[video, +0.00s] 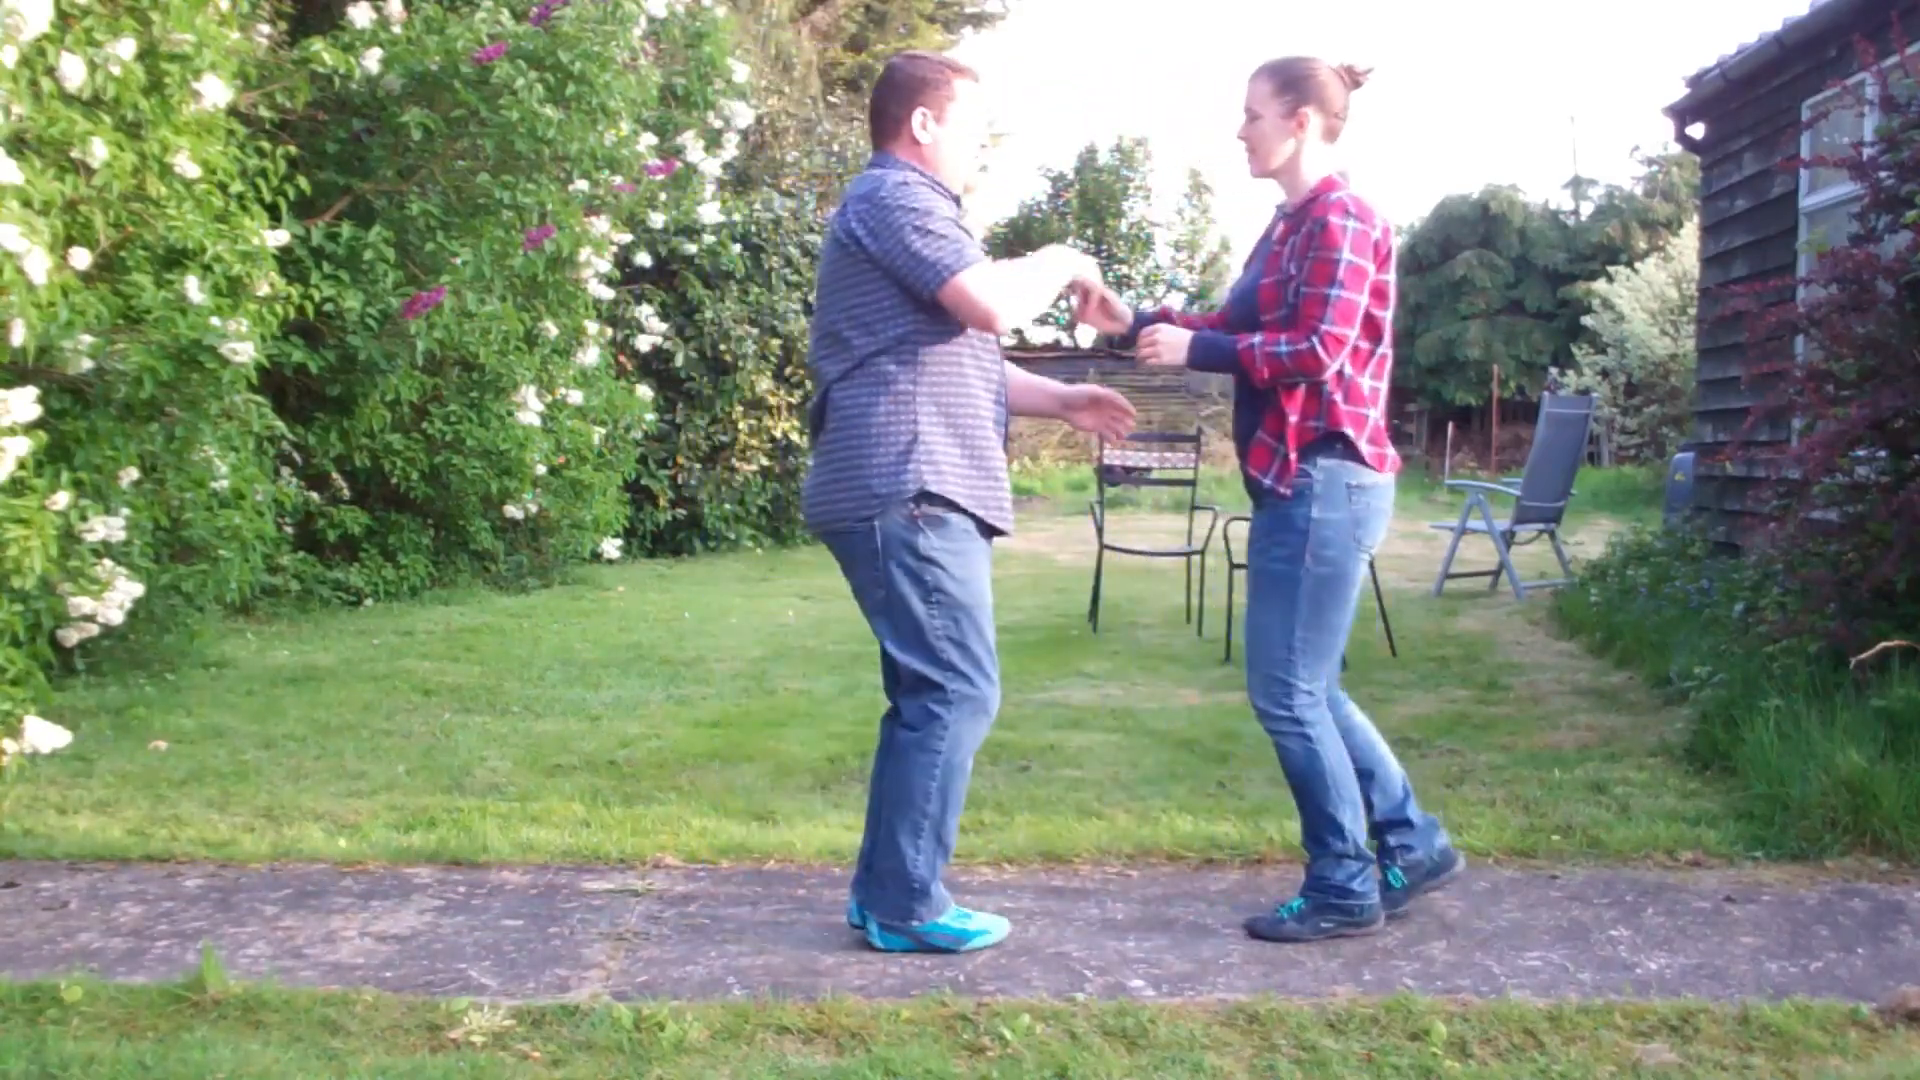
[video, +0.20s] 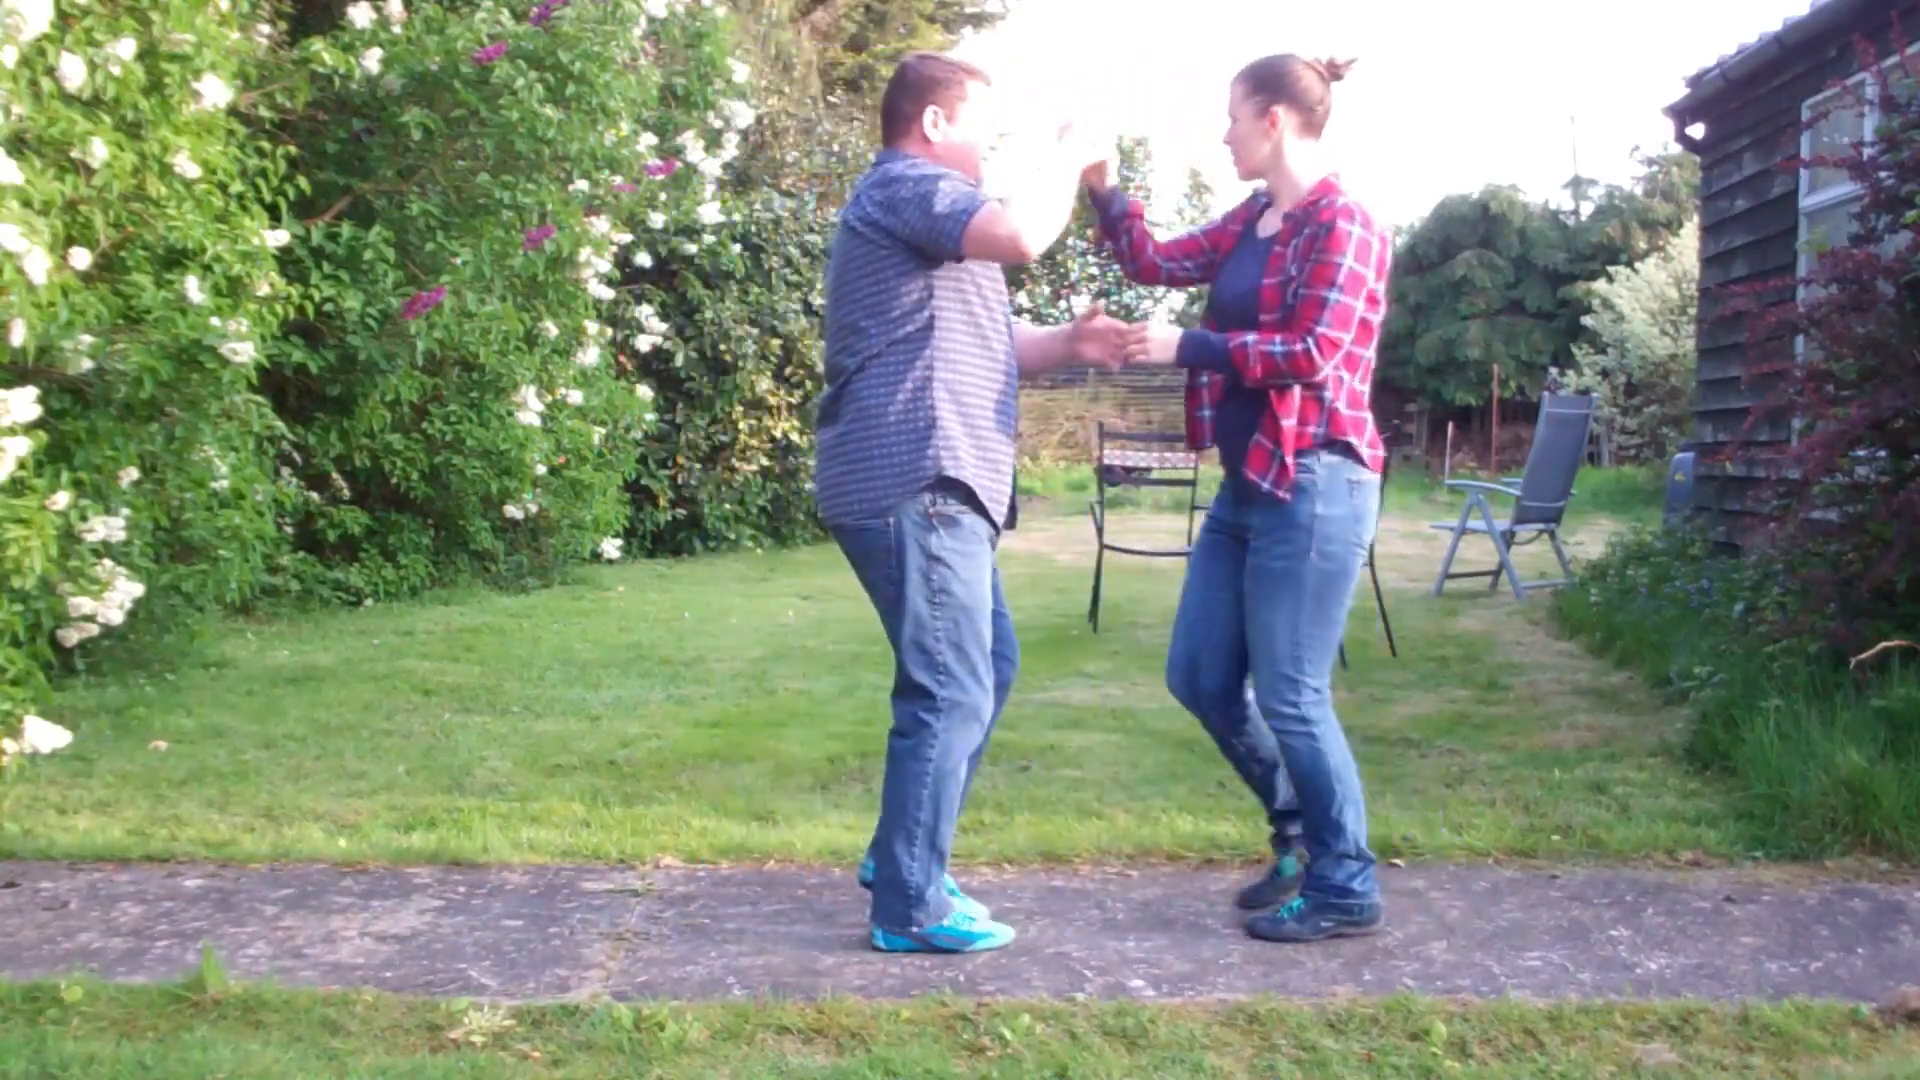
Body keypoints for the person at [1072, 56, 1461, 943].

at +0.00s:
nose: (1239, 132)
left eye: (1252, 118)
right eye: (1242, 117)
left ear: (1304, 123)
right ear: (1293, 124)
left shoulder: (1343, 221)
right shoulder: (1286, 231)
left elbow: (1317, 348)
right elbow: (1226, 327)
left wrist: (1200, 352)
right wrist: (1128, 318)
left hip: (1329, 481)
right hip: (1300, 482)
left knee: (1285, 692)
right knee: (1304, 686)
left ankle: (1344, 888)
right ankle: (1412, 843)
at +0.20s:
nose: (1225, 137)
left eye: (1232, 120)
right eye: (1226, 121)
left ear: (1276, 122)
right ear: (1273, 124)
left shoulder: (1348, 225)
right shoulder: (1247, 225)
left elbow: (1315, 355)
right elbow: (1149, 262)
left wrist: (1182, 346)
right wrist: (1100, 185)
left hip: (1318, 484)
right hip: (1246, 485)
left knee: (1289, 690)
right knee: (1201, 676)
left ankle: (1346, 888)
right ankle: (1306, 834)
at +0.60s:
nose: (1181, 142)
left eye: (1188, 125)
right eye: (1183, 127)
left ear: (1226, 127)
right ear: (1231, 128)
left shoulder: (1290, 232)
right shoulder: (1199, 214)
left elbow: (1239, 354)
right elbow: (1110, 190)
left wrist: (1120, 311)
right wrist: (1092, 112)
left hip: (1247, 476)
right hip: (1187, 476)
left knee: (1180, 680)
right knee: (1170, 682)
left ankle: (1298, 849)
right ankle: (1222, 877)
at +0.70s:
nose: (1171, 148)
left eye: (1177, 133)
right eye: (1172, 135)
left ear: (1213, 129)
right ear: (1228, 131)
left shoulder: (1261, 231)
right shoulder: (1204, 217)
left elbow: (1188, 353)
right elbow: (1117, 197)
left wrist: (1096, 291)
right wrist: (1083, 122)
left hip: (1223, 477)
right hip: (1218, 475)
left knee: (1116, 668)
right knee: (1181, 687)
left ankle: (1234, 850)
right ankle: (1225, 879)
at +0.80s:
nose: (1156, 153)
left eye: (1162, 136)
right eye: (1159, 138)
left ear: (1191, 130)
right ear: (1224, 133)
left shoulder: (1217, 230)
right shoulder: (1250, 218)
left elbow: (1131, 346)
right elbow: (1132, 189)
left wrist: (1079, 267)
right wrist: (1088, 114)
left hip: (1191, 487)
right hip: (1244, 489)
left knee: (1089, 666)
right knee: (1176, 690)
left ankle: (1130, 864)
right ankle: (1229, 880)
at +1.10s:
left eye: (1111, 129)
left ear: (1112, 137)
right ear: (1192, 143)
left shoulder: (1081, 230)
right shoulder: (1210, 217)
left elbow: (1017, 298)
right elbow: (1235, 152)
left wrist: (1061, 203)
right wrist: (1172, 94)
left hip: (1111, 494)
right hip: (1214, 489)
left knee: (1074, 689)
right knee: (1165, 688)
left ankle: (1033, 874)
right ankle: (1219, 873)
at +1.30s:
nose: (1171, 146)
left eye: (1166, 129)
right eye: (1166, 130)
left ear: (1085, 125)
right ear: (1148, 131)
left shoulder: (1037, 227)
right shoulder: (1164, 200)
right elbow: (1258, 120)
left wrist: (1091, 102)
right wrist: (1176, 44)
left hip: (1056, 489)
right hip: (1155, 485)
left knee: (1072, 691)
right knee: (1175, 690)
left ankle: (1033, 876)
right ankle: (1155, 871)